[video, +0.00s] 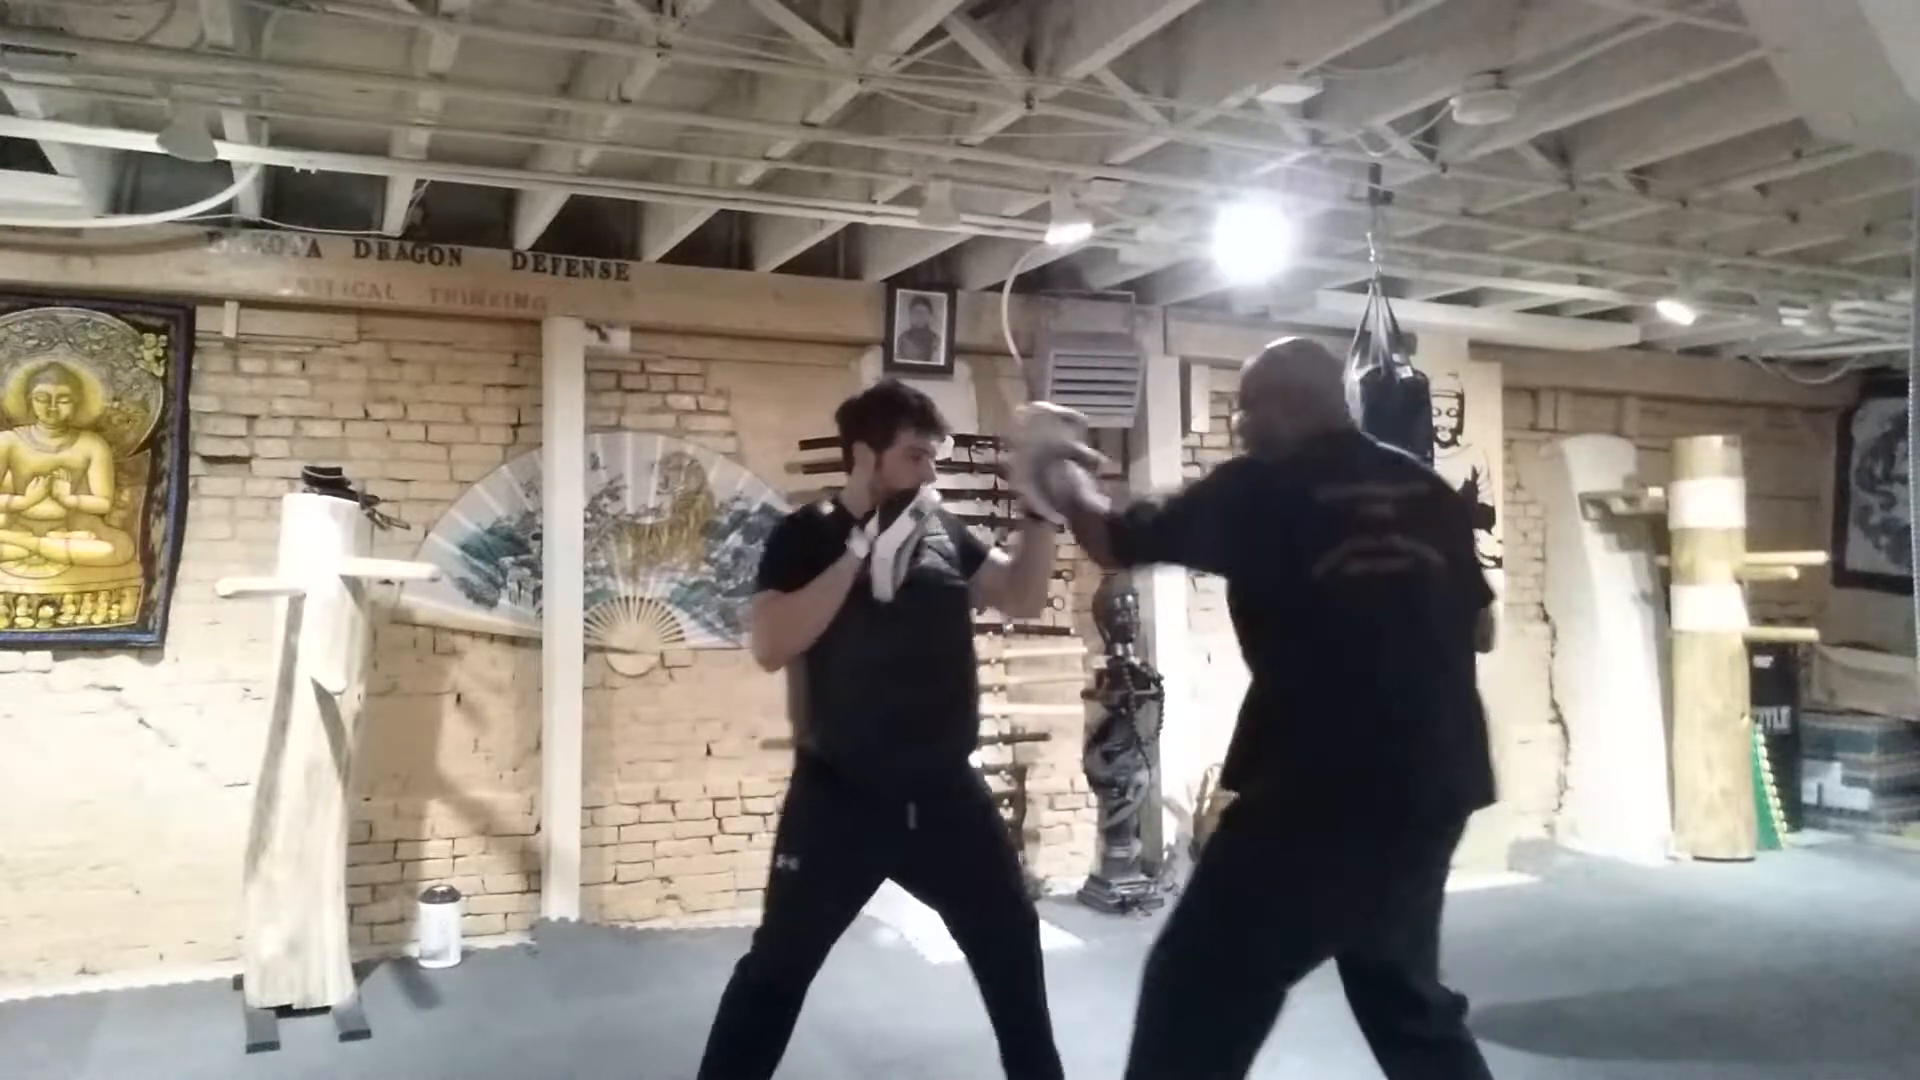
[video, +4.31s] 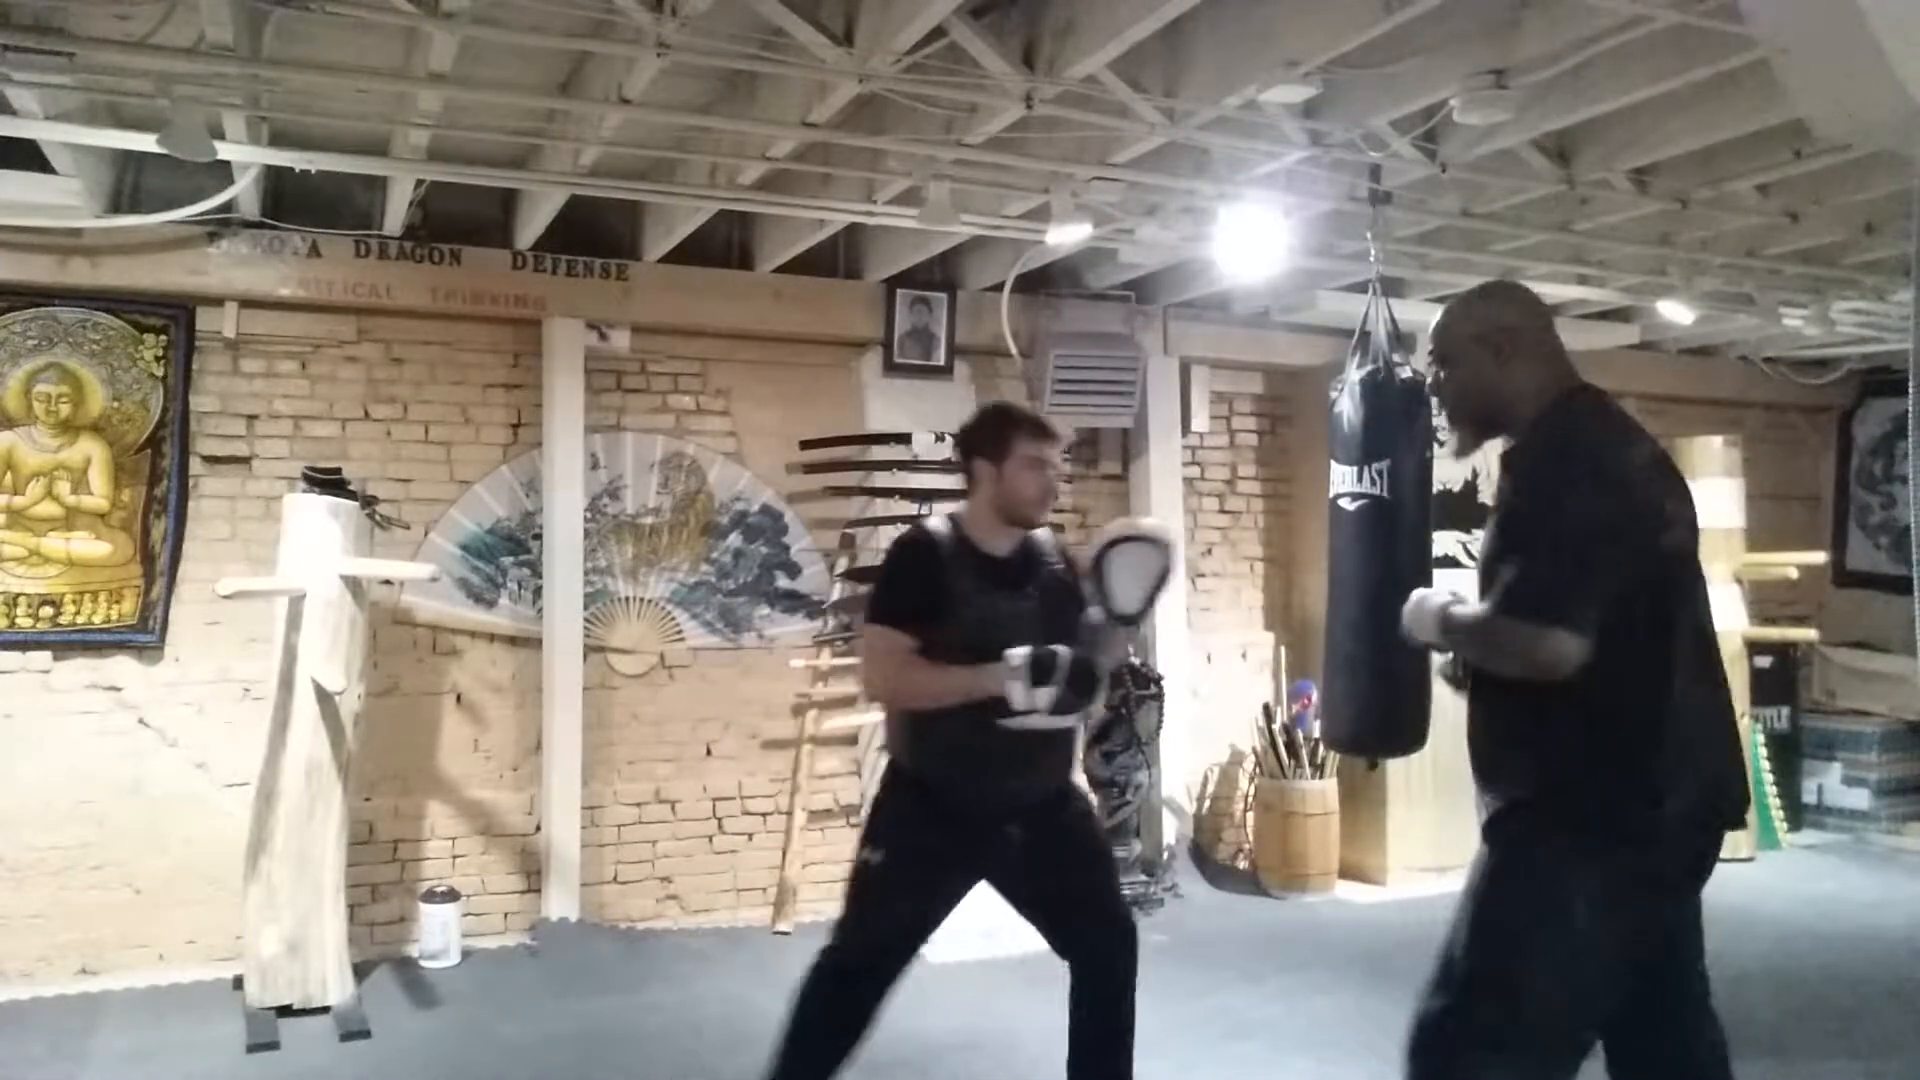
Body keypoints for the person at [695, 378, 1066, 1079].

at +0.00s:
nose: (929, 468)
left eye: (932, 455)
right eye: (915, 454)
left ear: (930, 456)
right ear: (864, 451)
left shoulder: (943, 534)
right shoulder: (805, 535)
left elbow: (1023, 596)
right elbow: (772, 644)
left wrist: (1038, 492)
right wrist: (857, 552)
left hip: (944, 794)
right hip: (838, 798)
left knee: (1012, 951)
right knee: (777, 970)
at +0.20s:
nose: (974, 465)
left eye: (978, 453)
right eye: (961, 448)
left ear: (974, 458)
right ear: (910, 448)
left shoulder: (967, 541)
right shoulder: (864, 525)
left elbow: (990, 638)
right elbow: (857, 619)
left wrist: (1052, 565)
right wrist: (950, 517)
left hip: (973, 795)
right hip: (875, 795)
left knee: (1029, 957)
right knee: (803, 973)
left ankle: (1035, 1079)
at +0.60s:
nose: (934, 472)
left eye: (941, 459)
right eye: (919, 455)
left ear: (947, 464)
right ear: (871, 453)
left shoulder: (949, 544)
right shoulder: (818, 535)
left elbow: (954, 649)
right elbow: (792, 635)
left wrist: (996, 580)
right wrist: (862, 525)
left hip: (947, 795)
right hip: (843, 800)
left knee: (1020, 947)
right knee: (788, 972)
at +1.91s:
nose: (994, 458)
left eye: (997, 446)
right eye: (981, 442)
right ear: (928, 442)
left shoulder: (991, 532)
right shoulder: (879, 522)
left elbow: (1034, 607)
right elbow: (846, 621)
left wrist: (1093, 526)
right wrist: (932, 511)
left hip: (1001, 785)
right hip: (902, 786)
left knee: (1056, 954)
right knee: (830, 957)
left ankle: (1048, 1079)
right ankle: (736, 1077)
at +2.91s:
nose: (967, 487)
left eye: (970, 471)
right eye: (957, 469)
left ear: (914, 466)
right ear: (904, 462)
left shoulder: (944, 550)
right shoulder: (830, 532)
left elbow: (961, 651)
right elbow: (820, 650)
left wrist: (1015, 598)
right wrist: (940, 578)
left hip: (940, 800)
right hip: (839, 802)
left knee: (1002, 963)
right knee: (773, 977)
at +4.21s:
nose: (1013, 482)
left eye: (1013, 468)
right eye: (996, 466)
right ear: (944, 470)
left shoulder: (1001, 567)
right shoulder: (882, 556)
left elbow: (1015, 659)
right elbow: (839, 674)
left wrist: (1054, 627)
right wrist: (963, 656)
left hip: (999, 813)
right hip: (894, 815)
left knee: (1077, 945)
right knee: (801, 976)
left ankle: (1089, 1076)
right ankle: (728, 1078)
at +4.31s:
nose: (1055, 481)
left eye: (1057, 467)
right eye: (1038, 465)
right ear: (984, 470)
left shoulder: (1053, 564)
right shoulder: (923, 553)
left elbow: (1077, 674)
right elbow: (885, 677)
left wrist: (1096, 670)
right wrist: (1001, 679)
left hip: (1041, 809)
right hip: (931, 808)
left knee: (1109, 946)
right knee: (855, 970)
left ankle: (1099, 1079)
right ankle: (793, 1076)